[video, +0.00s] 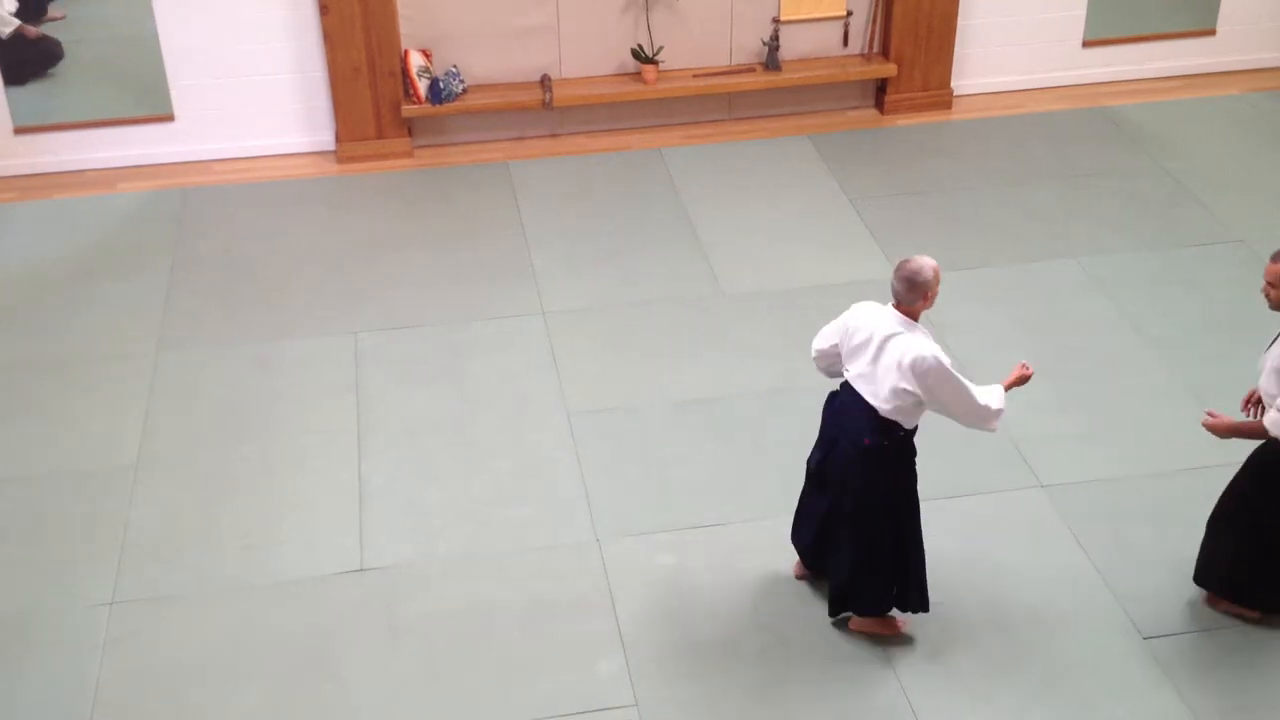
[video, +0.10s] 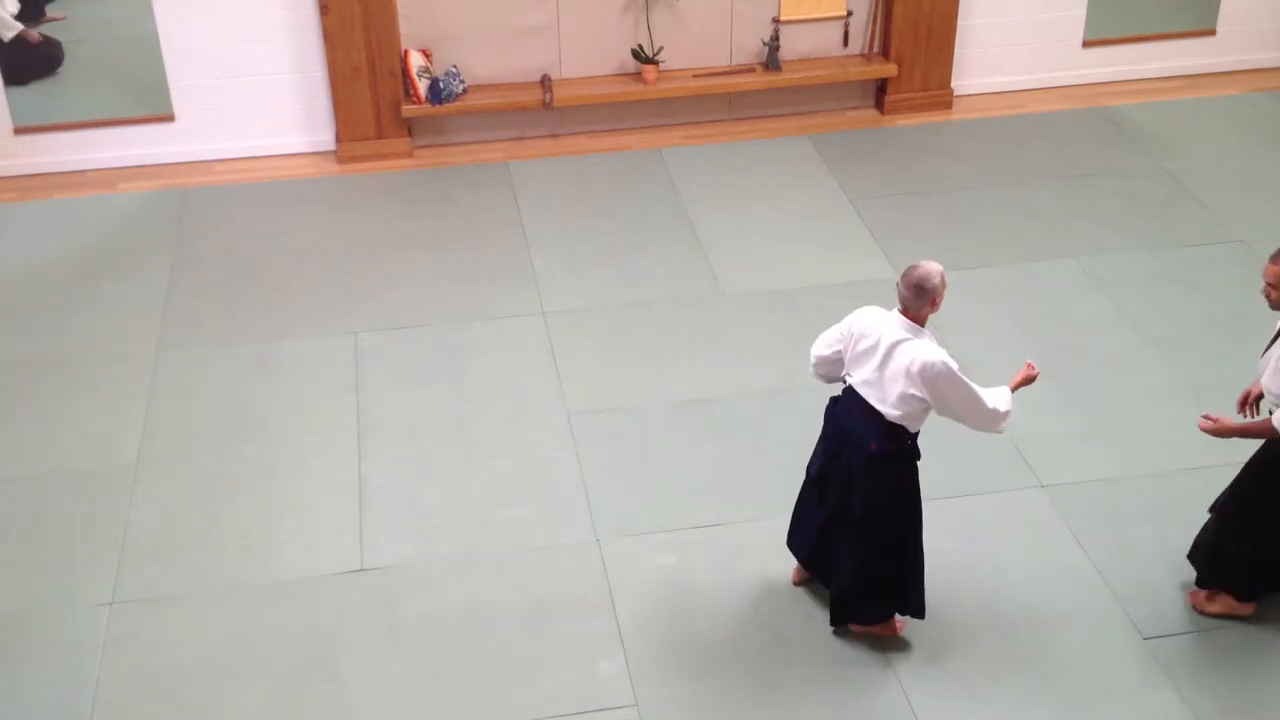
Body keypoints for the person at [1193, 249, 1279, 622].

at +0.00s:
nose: (1265, 290)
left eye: (1271, 285)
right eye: (1266, 283)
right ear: (1268, 283)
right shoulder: (1276, 339)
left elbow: (1278, 423)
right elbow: (1278, 375)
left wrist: (1236, 428)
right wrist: (1265, 392)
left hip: (1275, 450)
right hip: (1272, 444)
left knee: (1239, 511)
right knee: (1253, 511)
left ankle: (1243, 596)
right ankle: (1247, 591)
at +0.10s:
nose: (1265, 293)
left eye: (1271, 287)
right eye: (1265, 285)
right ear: (1269, 283)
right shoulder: (1279, 330)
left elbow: (1279, 422)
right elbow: (1279, 368)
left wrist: (1236, 429)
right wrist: (1263, 386)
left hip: (1277, 448)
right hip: (1275, 442)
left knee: (1241, 508)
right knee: (1257, 507)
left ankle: (1237, 595)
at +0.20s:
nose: (1259, 295)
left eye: (1266, 291)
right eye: (1260, 287)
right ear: (1267, 285)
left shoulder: (1278, 335)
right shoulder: (1275, 321)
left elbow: (1274, 424)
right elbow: (1275, 365)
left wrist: (1218, 428)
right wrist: (1254, 383)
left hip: (1276, 449)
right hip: (1271, 442)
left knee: (1241, 511)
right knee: (1249, 508)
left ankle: (1222, 607)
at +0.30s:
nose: (1248, 305)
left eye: (1256, 300)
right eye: (1249, 296)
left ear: (1278, 305)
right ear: (1272, 300)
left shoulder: (1278, 368)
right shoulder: (1271, 326)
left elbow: (1253, 432)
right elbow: (1265, 366)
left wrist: (1187, 426)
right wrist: (1241, 388)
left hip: (1272, 462)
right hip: (1264, 450)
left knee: (1236, 527)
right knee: (1239, 514)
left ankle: (1212, 621)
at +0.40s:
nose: (1230, 312)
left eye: (1239, 310)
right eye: (1232, 305)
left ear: (1271, 320)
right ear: (1269, 318)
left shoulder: (1268, 376)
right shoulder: (1268, 338)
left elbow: (1217, 434)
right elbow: (1258, 380)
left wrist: (1150, 422)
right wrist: (1229, 400)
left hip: (1268, 465)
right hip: (1268, 454)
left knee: (1222, 533)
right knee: (1251, 531)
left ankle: (1207, 621)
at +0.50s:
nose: (1211, 316)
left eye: (1220, 313)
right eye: (1214, 308)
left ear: (1252, 324)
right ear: (1256, 320)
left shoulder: (1247, 380)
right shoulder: (1274, 325)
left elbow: (1185, 430)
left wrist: (1115, 416)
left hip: (1261, 474)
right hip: (1272, 462)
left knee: (1212, 542)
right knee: (1256, 542)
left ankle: (1201, 622)